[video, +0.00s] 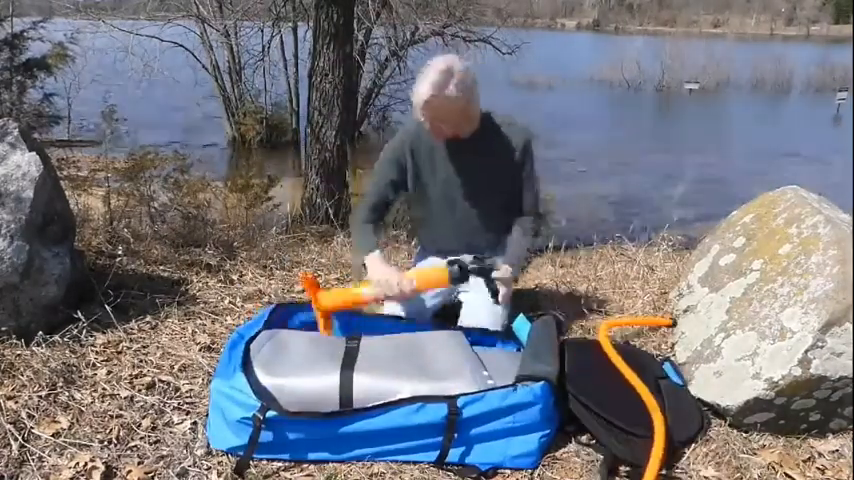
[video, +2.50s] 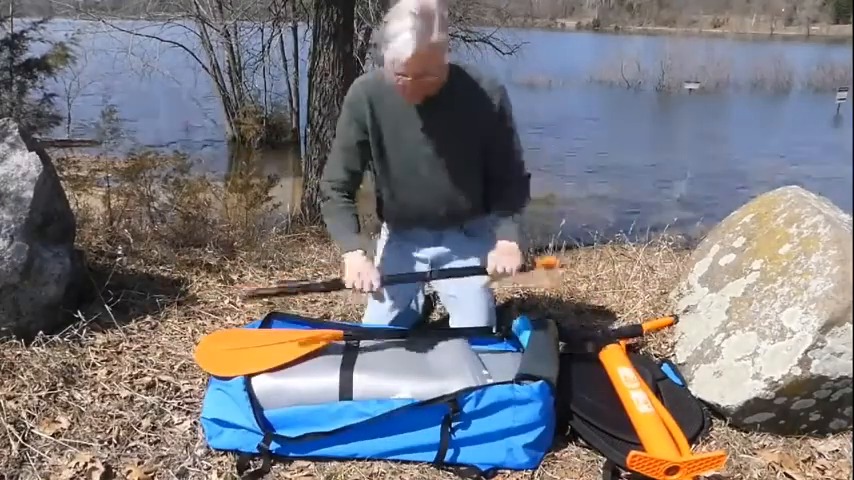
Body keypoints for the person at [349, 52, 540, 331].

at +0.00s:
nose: (435, 131)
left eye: (442, 122)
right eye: (427, 121)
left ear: (468, 108)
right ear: (420, 111)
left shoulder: (513, 142)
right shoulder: (410, 142)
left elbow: (527, 218)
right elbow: (364, 216)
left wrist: (509, 267)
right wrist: (376, 266)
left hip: (489, 264)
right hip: (433, 262)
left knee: (481, 331)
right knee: (393, 320)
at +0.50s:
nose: (471, 99)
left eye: (475, 87)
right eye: (459, 91)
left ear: (480, 80)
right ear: (430, 87)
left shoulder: (507, 129)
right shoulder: (407, 135)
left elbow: (525, 200)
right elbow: (395, 210)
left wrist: (548, 222)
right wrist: (426, 226)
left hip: (492, 259)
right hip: (434, 259)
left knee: (476, 347)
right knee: (382, 335)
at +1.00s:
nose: (433, 177)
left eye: (443, 167)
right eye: (423, 167)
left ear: (462, 142)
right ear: (409, 144)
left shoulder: (501, 163)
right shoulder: (387, 157)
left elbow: (551, 244)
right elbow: (369, 209)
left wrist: (591, 323)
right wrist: (367, 263)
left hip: (482, 261)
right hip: (419, 259)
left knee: (477, 342)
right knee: (384, 333)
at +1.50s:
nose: (335, 153)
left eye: (347, 144)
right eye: (328, 143)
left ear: (380, 125)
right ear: (321, 130)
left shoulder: (429, 149)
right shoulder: (328, 159)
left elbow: (451, 249)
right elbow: (334, 244)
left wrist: (387, 309)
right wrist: (324, 316)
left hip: (460, 238)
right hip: (403, 243)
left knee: (474, 338)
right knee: (382, 340)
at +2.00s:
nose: (368, 186)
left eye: (378, 173)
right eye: (356, 177)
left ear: (395, 145)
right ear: (341, 161)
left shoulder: (435, 164)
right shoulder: (342, 159)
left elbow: (452, 280)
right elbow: (355, 200)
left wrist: (463, 385)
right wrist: (338, 245)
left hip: (459, 238)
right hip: (403, 241)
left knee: (477, 337)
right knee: (379, 334)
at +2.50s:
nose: (410, 90)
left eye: (424, 77)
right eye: (400, 76)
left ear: (446, 61)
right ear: (384, 61)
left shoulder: (484, 94)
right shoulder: (365, 96)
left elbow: (509, 177)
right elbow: (336, 188)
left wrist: (507, 239)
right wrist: (353, 253)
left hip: (468, 238)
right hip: (400, 241)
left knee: (476, 345)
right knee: (376, 346)